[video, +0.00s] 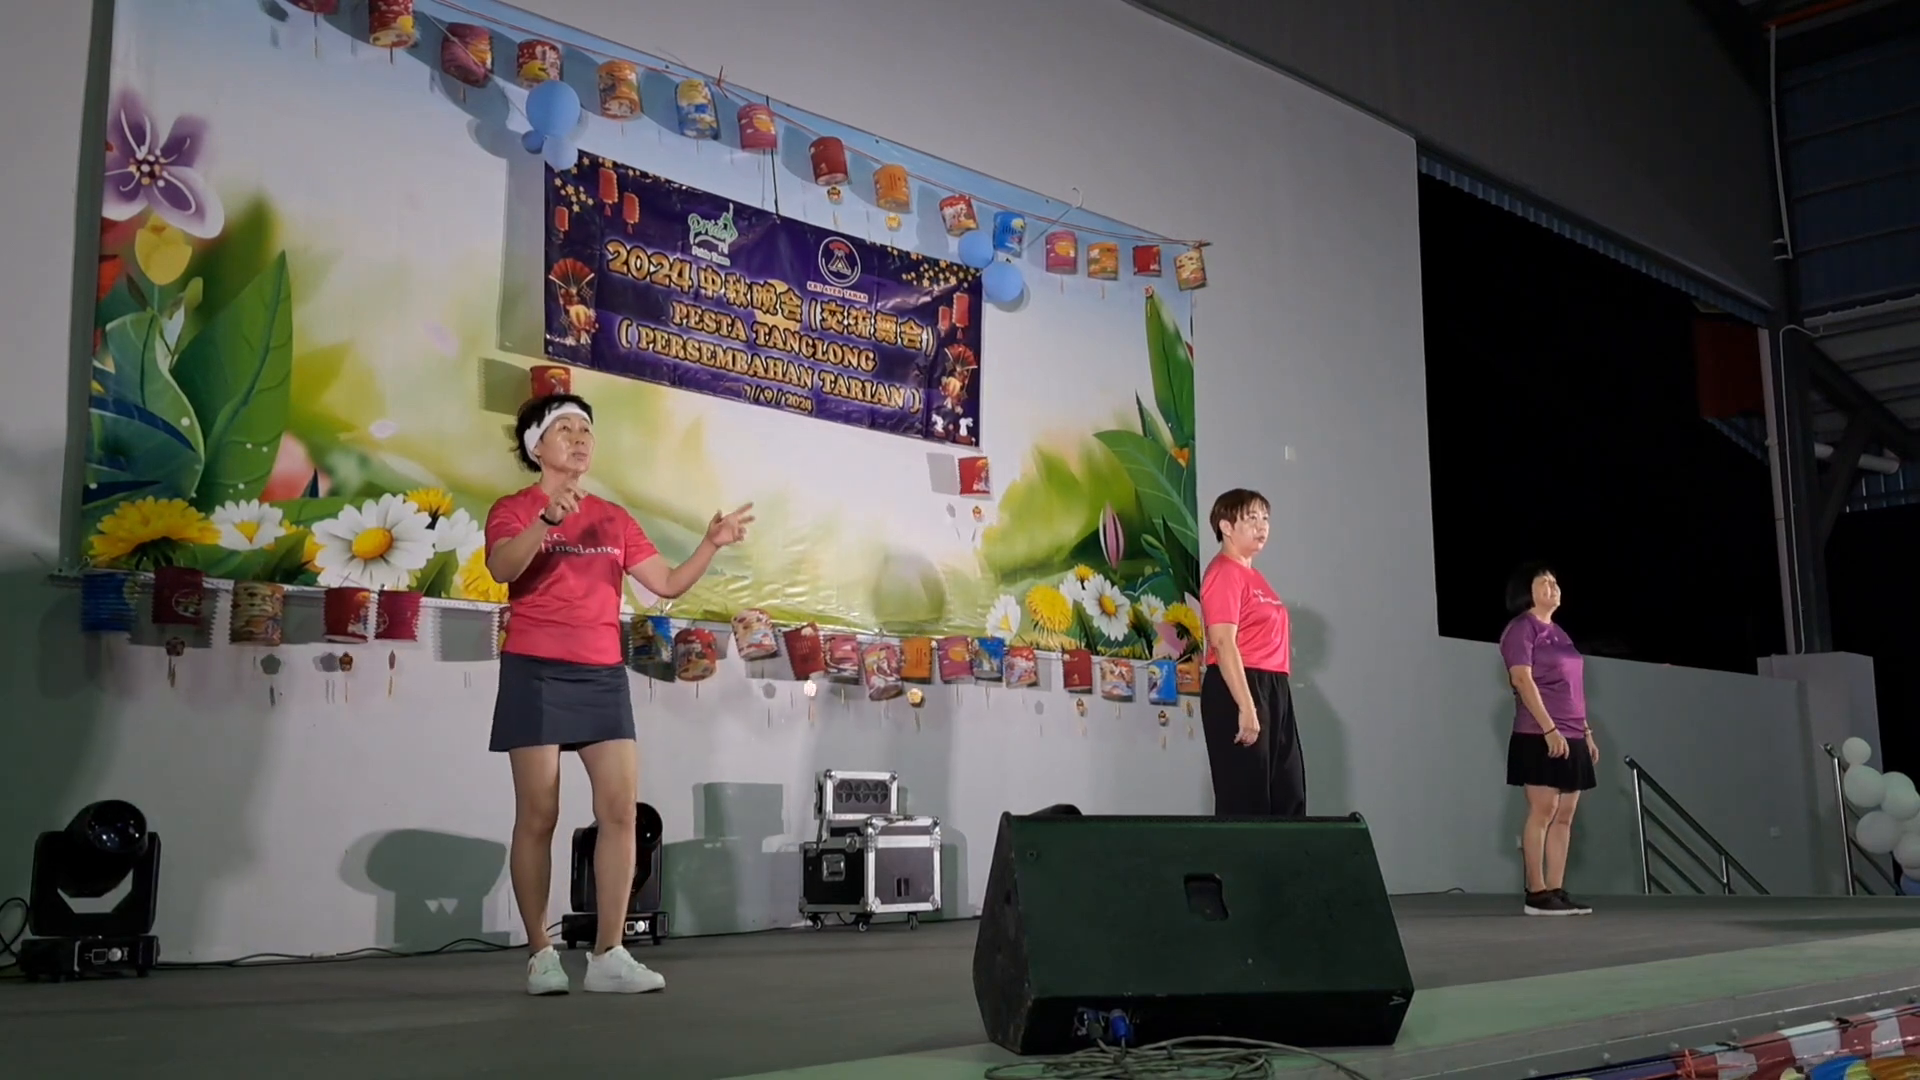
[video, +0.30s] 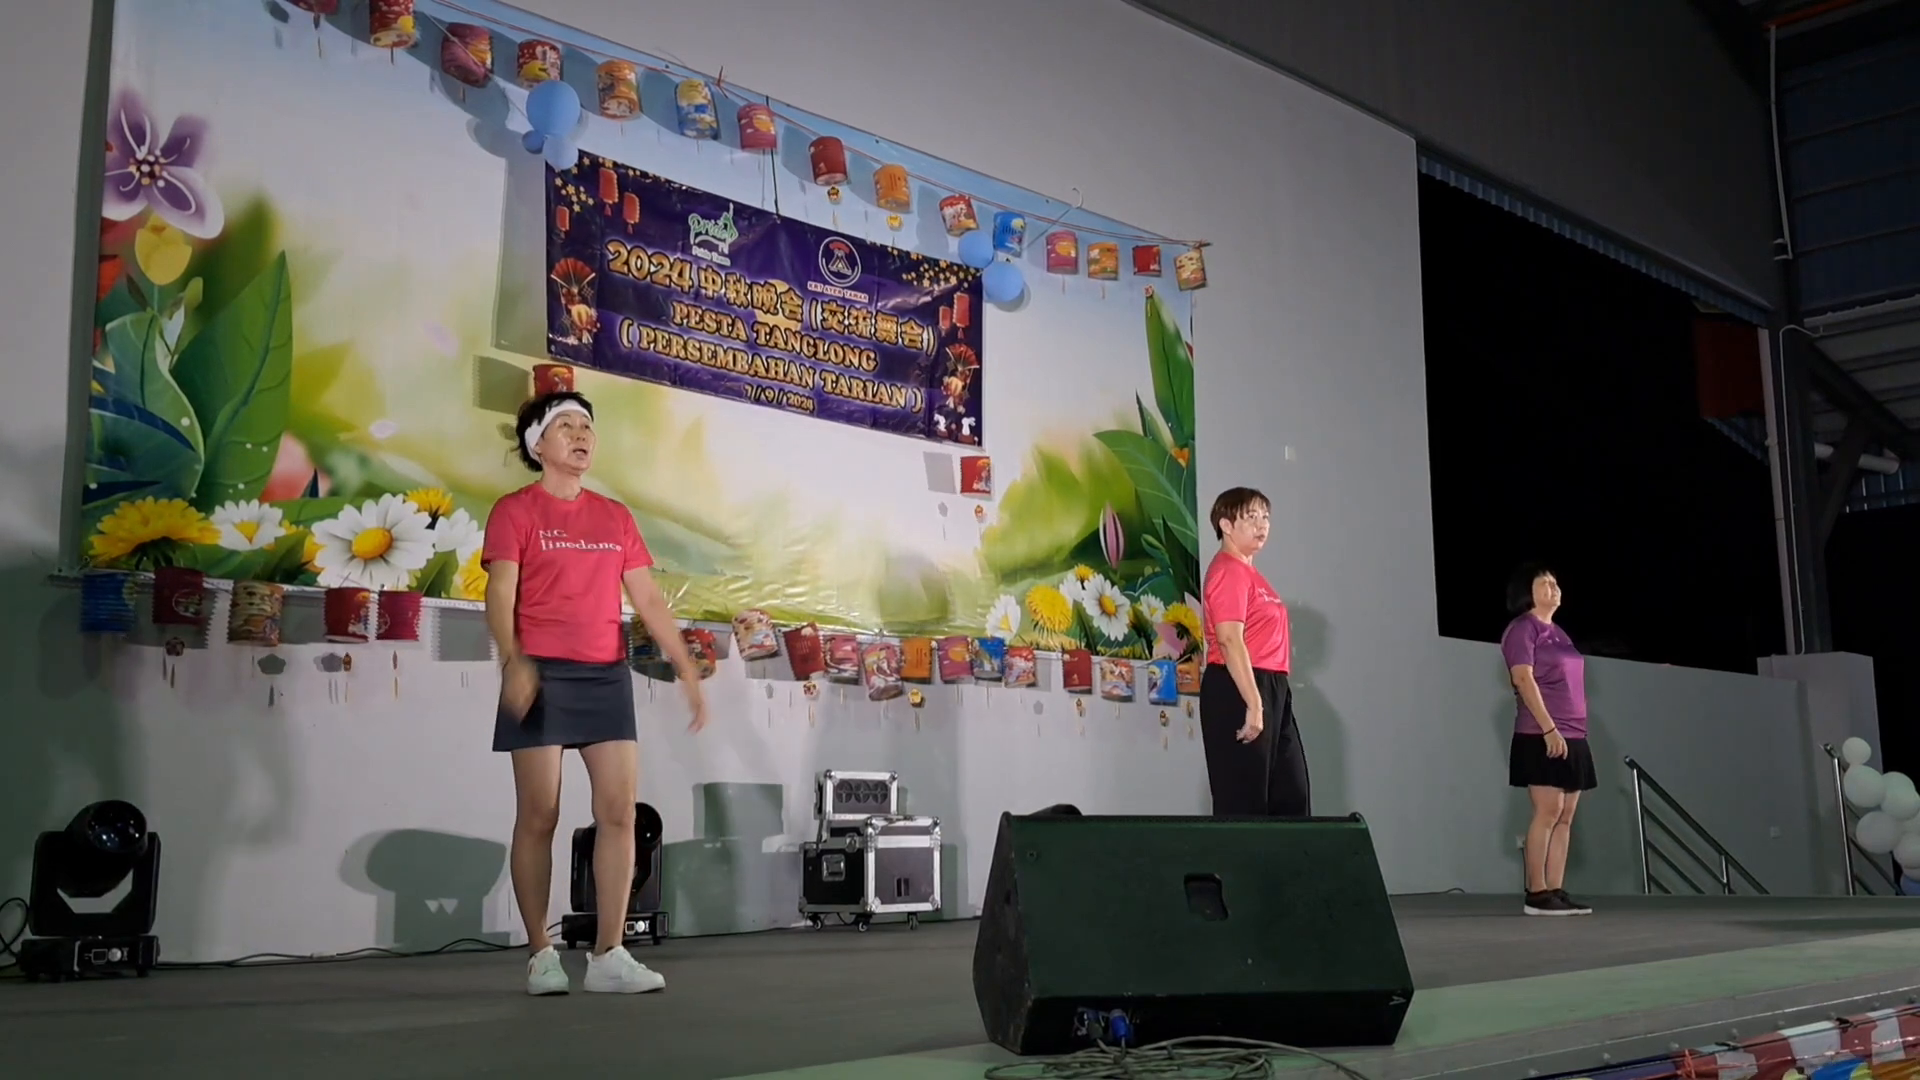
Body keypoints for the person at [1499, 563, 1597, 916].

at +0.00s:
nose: (1552, 588)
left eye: (1554, 583)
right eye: (1543, 583)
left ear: (1558, 592)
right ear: (1527, 592)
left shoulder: (1559, 633)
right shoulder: (1521, 628)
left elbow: (1570, 688)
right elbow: (1522, 681)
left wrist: (1586, 733)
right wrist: (1550, 729)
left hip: (1571, 737)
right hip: (1537, 735)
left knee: (1564, 814)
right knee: (1542, 810)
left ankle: (1555, 891)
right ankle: (1536, 892)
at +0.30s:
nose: (1553, 588)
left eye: (1555, 583)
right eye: (1544, 583)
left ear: (1558, 592)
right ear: (1528, 592)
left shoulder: (1558, 633)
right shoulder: (1522, 628)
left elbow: (1563, 685)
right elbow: (1523, 680)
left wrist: (1575, 730)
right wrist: (1549, 728)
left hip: (1572, 736)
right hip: (1540, 736)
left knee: (1565, 815)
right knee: (1547, 811)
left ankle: (1555, 891)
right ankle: (1536, 892)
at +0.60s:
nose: (1550, 590)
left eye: (1553, 585)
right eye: (1541, 585)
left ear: (1557, 594)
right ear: (1525, 593)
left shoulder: (1555, 634)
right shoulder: (1520, 629)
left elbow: (1562, 685)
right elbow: (1522, 682)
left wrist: (1574, 731)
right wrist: (1547, 730)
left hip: (1571, 736)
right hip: (1540, 736)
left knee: (1565, 815)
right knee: (1547, 812)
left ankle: (1555, 890)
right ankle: (1536, 892)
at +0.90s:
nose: (1546, 587)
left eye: (1551, 583)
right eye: (1538, 583)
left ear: (1558, 594)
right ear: (1524, 593)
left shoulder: (1566, 637)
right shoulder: (1512, 631)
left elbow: (1581, 683)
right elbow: (1509, 680)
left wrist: (1599, 728)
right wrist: (1535, 726)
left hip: (1564, 737)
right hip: (1524, 735)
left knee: (1566, 812)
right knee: (1541, 808)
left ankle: (1555, 891)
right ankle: (1534, 892)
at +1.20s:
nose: (1511, 591)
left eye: (1517, 586)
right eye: (1504, 587)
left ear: (1529, 594)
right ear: (1494, 598)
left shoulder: (1553, 631)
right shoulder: (1482, 637)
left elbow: (1577, 669)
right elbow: (1453, 676)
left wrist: (1582, 701)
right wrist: (1426, 706)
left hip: (1552, 737)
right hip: (1503, 739)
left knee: (1571, 811)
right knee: (1498, 815)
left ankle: (1555, 890)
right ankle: (1494, 889)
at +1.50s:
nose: (1487, 602)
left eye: (1493, 596)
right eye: (1480, 597)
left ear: (1505, 602)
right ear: (1470, 605)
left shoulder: (1522, 636)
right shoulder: (1466, 646)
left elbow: (1525, 683)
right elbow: (1444, 683)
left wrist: (1475, 703)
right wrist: (1412, 711)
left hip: (1531, 740)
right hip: (1482, 744)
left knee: (1564, 811)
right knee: (1486, 817)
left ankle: (1596, 888)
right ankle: (1493, 892)